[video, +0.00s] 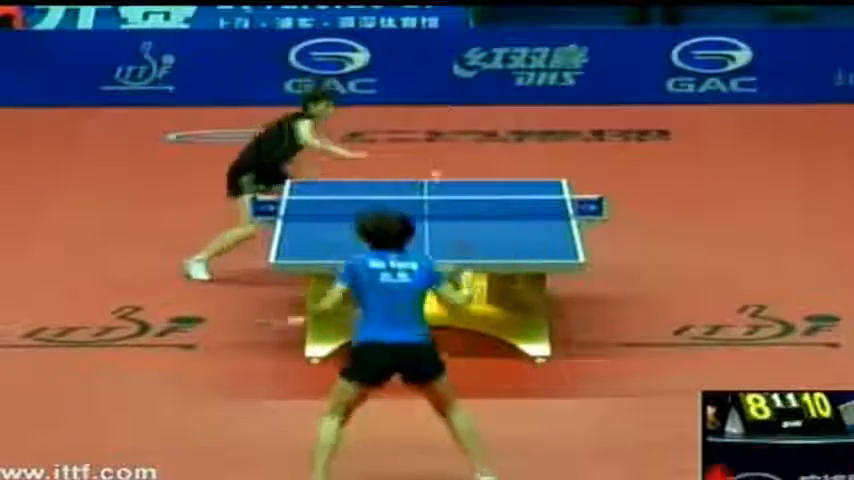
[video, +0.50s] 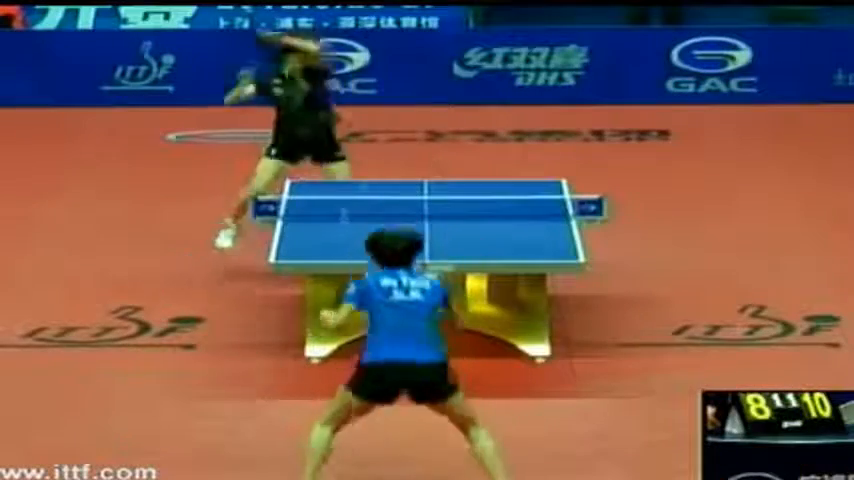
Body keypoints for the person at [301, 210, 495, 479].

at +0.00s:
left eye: (365, 235)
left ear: (369, 238)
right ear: (405, 238)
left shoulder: (358, 264)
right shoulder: (420, 264)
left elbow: (329, 304)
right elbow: (454, 301)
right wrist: (466, 291)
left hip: (371, 348)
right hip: (416, 348)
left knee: (336, 414)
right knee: (451, 408)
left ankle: (319, 473)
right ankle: (482, 470)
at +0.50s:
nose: (370, 261)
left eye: (373, 256)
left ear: (378, 258)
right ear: (412, 257)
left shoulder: (367, 286)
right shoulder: (434, 285)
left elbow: (336, 321)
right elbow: (456, 321)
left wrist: (326, 314)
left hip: (380, 367)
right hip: (428, 368)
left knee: (328, 424)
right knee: (472, 428)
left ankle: (310, 475)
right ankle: (501, 476)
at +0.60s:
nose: (333, 280)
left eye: (336, 275)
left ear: (342, 278)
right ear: (373, 276)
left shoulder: (347, 302)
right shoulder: (397, 299)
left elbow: (293, 321)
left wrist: (274, 301)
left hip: (372, 386)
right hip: (417, 383)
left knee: (296, 416)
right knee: (464, 431)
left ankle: (278, 472)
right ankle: (495, 473)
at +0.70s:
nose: (296, 287)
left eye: (298, 283)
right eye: (301, 284)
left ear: (304, 284)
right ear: (332, 280)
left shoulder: (312, 301)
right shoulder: (357, 302)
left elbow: (253, 311)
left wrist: (232, 294)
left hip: (350, 387)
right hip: (393, 384)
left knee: (272, 421)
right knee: (447, 432)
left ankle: (238, 475)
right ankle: (488, 474)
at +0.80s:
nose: (229, 315)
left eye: (230, 309)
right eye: (229, 309)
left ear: (241, 305)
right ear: (262, 301)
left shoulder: (259, 313)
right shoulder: (284, 324)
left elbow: (214, 308)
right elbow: (255, 354)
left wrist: (172, 301)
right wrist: (234, 364)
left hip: (298, 395)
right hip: (337, 391)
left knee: (226, 429)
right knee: (393, 439)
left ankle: (205, 473)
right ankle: (462, 467)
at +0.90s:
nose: (197, 328)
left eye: (197, 319)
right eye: (198, 318)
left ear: (206, 316)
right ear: (226, 313)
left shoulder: (226, 321)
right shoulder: (248, 338)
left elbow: (194, 305)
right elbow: (219, 377)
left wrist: (157, 295)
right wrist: (188, 399)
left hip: (266, 398)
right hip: (303, 395)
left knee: (191, 427)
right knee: (357, 443)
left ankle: (189, 474)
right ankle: (419, 473)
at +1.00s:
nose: (170, 316)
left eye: (170, 308)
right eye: (169, 308)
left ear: (178, 306)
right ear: (201, 299)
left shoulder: (193, 317)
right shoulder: (222, 320)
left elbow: (179, 295)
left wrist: (157, 271)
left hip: (239, 391)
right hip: (275, 386)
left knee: (167, 427)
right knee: (329, 438)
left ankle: (177, 477)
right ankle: (402, 475)